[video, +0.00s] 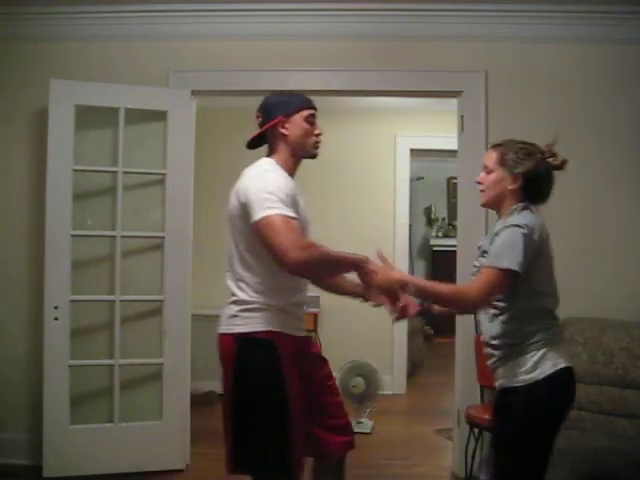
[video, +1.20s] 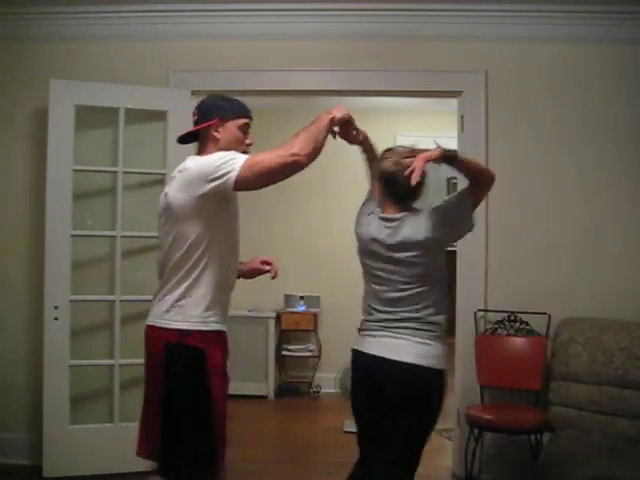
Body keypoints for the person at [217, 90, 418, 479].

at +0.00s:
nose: (318, 129)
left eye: (316, 121)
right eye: (309, 120)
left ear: (285, 130)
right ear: (281, 127)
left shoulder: (285, 188)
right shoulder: (262, 179)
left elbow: (314, 270)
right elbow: (295, 255)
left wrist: (373, 290)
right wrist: (360, 263)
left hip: (291, 336)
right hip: (259, 338)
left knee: (333, 444)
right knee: (276, 462)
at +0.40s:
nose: (336, 133)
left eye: (334, 124)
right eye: (328, 124)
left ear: (298, 132)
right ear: (300, 129)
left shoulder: (285, 179)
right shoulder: (287, 176)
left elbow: (305, 266)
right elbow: (319, 230)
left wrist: (363, 272)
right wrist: (389, 224)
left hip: (287, 334)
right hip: (293, 336)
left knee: (307, 458)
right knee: (325, 458)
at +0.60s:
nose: (323, 133)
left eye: (322, 125)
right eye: (314, 124)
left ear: (288, 131)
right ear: (286, 128)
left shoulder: (277, 175)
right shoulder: (271, 169)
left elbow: (272, 265)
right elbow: (320, 200)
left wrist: (325, 262)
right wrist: (357, 171)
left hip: (280, 328)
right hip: (263, 330)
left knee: (330, 427)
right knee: (289, 450)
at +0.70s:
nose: (310, 131)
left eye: (310, 124)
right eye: (303, 122)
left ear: (276, 128)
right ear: (274, 125)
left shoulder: (267, 173)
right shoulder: (258, 167)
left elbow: (259, 261)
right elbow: (323, 189)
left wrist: (310, 258)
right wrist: (344, 147)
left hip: (269, 326)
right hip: (252, 328)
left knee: (309, 436)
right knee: (271, 450)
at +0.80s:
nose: (297, 131)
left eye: (297, 123)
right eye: (289, 122)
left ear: (263, 128)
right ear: (260, 125)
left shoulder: (253, 173)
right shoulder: (244, 167)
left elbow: (247, 261)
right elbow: (323, 179)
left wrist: (298, 256)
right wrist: (333, 133)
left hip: (254, 326)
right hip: (242, 328)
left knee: (262, 445)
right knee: (255, 448)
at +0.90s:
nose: (284, 132)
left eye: (284, 124)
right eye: (276, 123)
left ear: (249, 129)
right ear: (246, 125)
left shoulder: (239, 175)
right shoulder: (231, 167)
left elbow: (234, 260)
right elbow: (315, 173)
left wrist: (287, 257)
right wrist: (331, 128)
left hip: (234, 326)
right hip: (225, 328)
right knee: (242, 450)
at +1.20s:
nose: (248, 140)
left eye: (249, 132)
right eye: (242, 130)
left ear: (211, 133)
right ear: (214, 130)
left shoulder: (190, 177)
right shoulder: (200, 170)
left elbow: (186, 263)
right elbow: (297, 154)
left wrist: (240, 270)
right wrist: (329, 117)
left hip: (183, 333)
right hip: (188, 337)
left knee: (182, 459)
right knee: (193, 461)